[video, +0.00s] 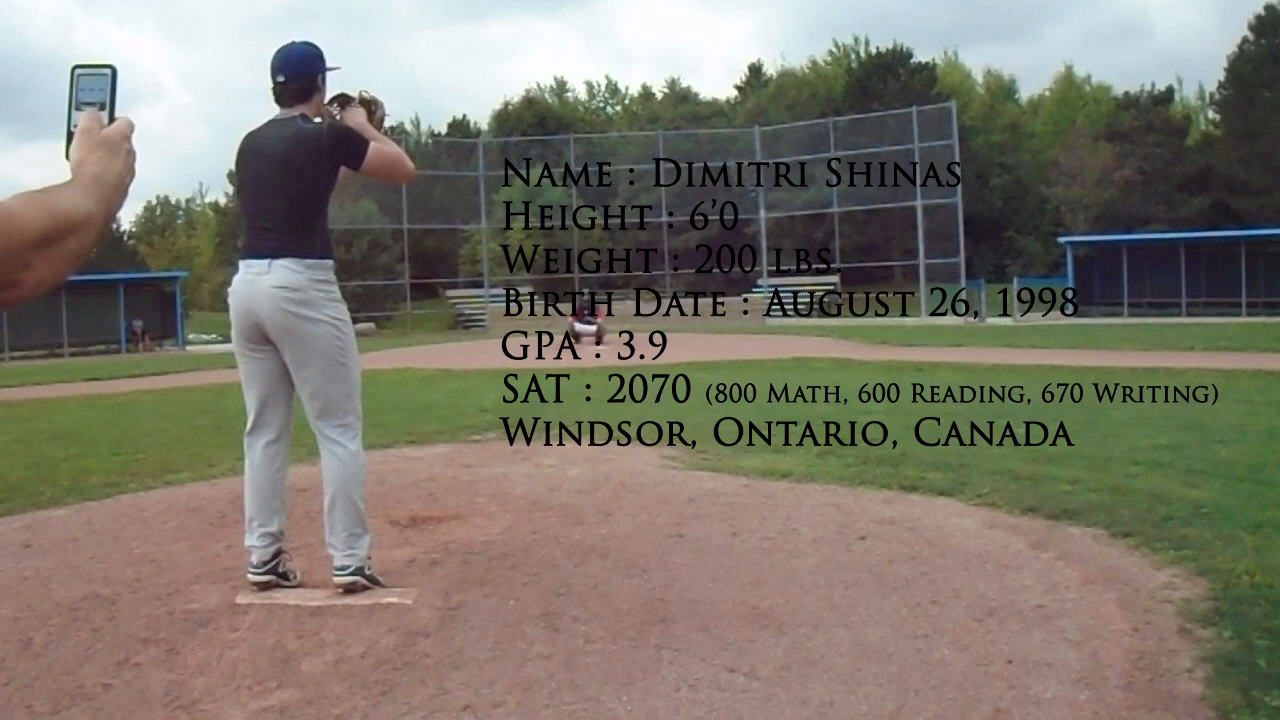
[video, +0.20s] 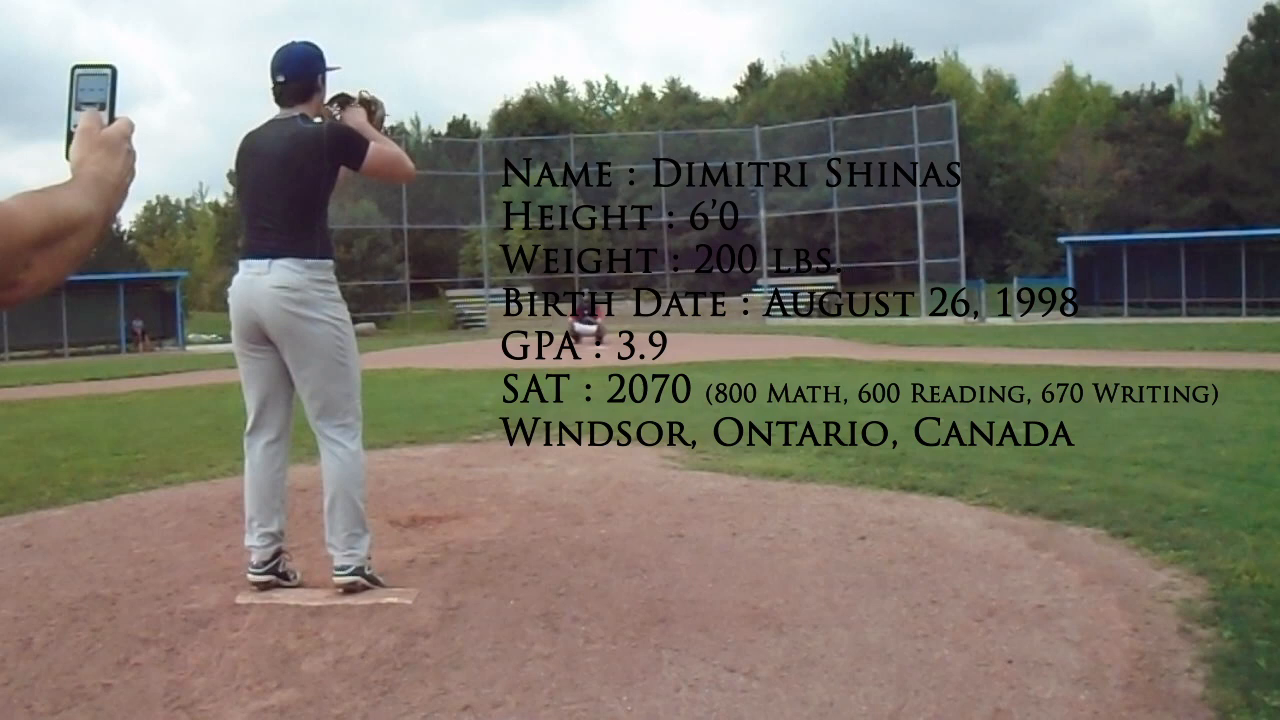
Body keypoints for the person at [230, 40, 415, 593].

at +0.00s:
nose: (327, 88)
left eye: (322, 81)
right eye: (325, 81)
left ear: (275, 88)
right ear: (320, 86)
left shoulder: (250, 143)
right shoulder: (327, 135)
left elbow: (301, 185)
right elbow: (402, 167)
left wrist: (327, 131)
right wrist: (362, 125)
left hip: (246, 288)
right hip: (303, 286)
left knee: (264, 430)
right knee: (338, 429)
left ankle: (263, 558)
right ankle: (350, 561)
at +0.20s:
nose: (327, 88)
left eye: (322, 81)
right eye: (325, 81)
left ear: (275, 88)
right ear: (320, 86)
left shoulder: (250, 143)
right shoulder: (327, 135)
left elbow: (301, 185)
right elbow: (402, 167)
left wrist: (327, 131)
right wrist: (362, 125)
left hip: (246, 288)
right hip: (303, 286)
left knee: (264, 430)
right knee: (338, 429)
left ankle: (263, 558)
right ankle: (350, 561)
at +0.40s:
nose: (327, 88)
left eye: (322, 81)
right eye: (325, 81)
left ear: (275, 88)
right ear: (320, 86)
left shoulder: (250, 143)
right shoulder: (327, 135)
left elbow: (301, 185)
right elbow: (402, 167)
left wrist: (327, 131)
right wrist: (362, 125)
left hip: (246, 288)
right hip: (303, 286)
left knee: (264, 430)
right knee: (338, 429)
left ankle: (263, 558)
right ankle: (350, 561)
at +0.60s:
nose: (327, 88)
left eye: (322, 81)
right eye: (325, 81)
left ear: (275, 88)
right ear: (320, 86)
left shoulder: (250, 143)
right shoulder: (327, 135)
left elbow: (301, 185)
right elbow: (402, 167)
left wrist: (327, 131)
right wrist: (362, 125)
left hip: (246, 288)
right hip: (303, 286)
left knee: (264, 430)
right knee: (338, 429)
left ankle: (263, 558)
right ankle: (350, 561)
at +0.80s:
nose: (327, 88)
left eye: (322, 81)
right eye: (325, 81)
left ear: (275, 88)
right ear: (320, 86)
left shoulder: (250, 143)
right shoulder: (327, 135)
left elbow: (301, 185)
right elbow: (402, 167)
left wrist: (327, 131)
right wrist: (362, 125)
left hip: (246, 288)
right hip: (303, 286)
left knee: (264, 430)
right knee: (338, 429)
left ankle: (263, 558)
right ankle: (350, 561)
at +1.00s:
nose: (327, 88)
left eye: (322, 81)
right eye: (325, 81)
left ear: (275, 88)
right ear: (320, 86)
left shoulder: (250, 143)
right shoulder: (327, 135)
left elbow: (301, 185)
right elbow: (402, 167)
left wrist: (327, 131)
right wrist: (362, 125)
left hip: (246, 288)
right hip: (303, 286)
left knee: (264, 430)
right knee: (338, 429)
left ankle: (263, 558)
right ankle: (350, 561)